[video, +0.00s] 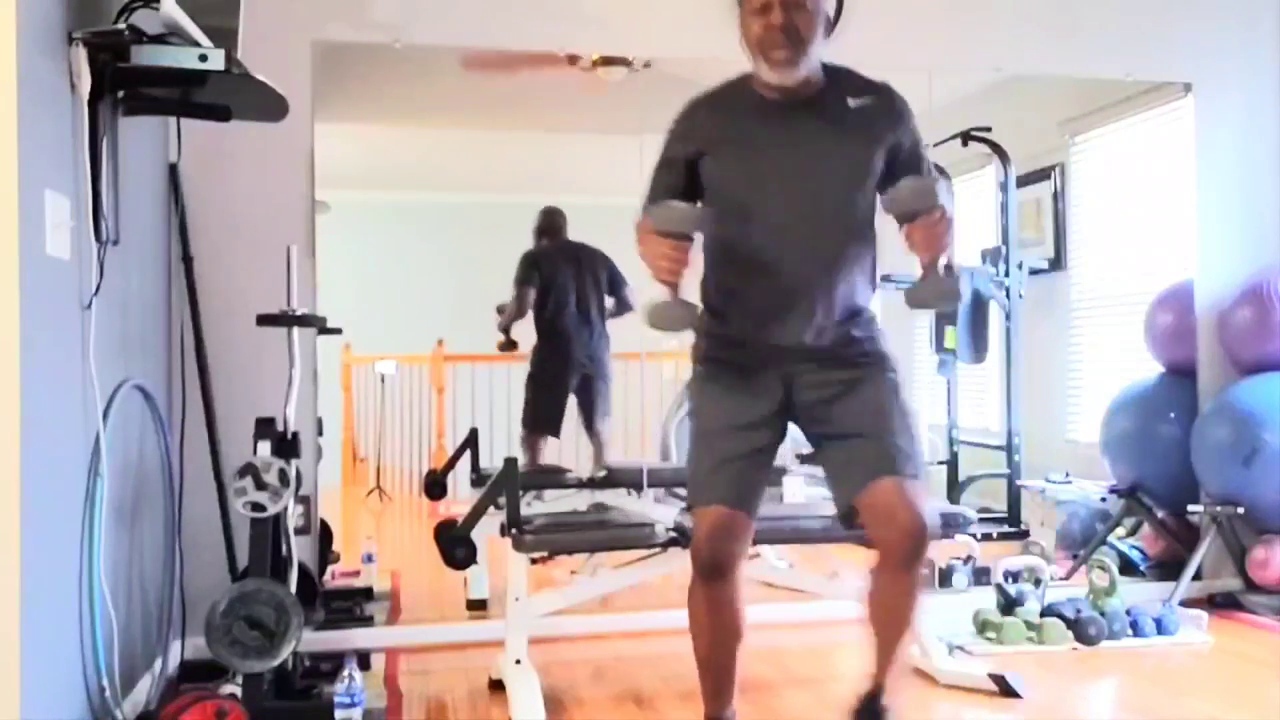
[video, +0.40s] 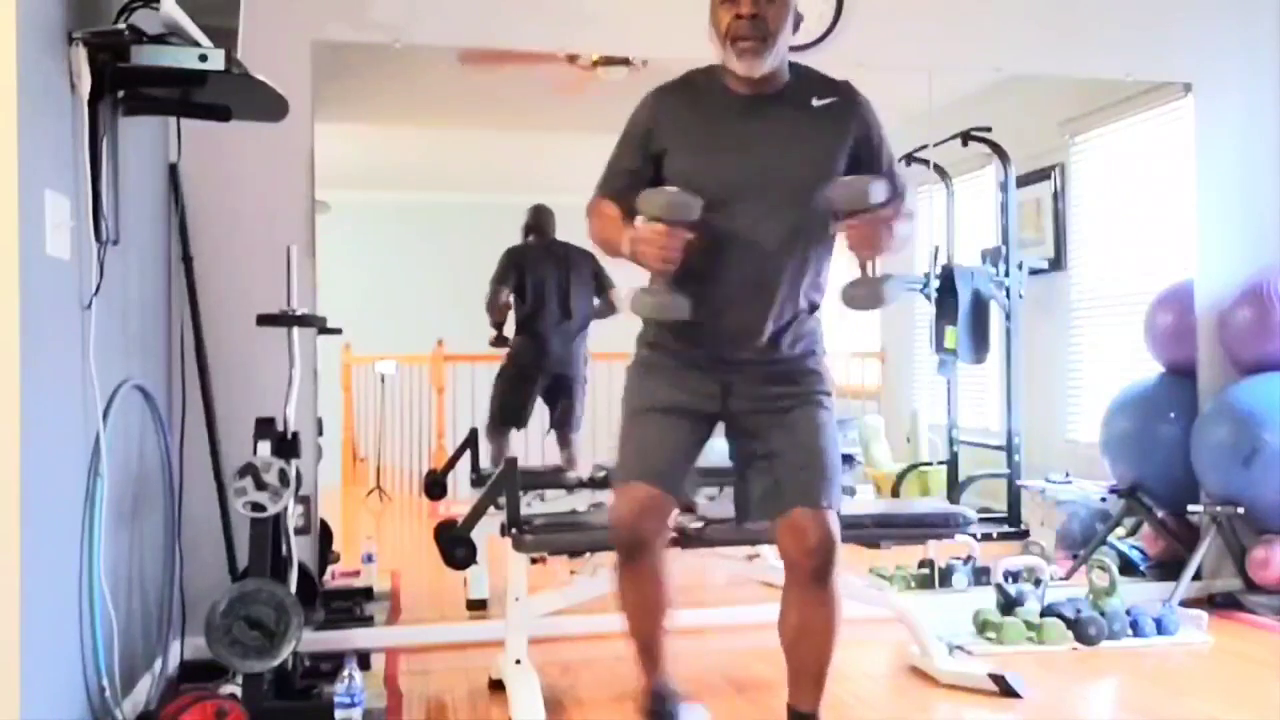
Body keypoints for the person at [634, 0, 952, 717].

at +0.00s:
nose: (777, 22)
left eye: (795, 6)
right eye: (760, 7)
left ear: (828, 14)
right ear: (740, 18)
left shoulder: (878, 111)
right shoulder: (704, 119)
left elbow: (920, 209)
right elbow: (657, 223)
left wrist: (931, 231)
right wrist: (659, 250)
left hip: (846, 356)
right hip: (735, 360)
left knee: (906, 529)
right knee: (713, 546)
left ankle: (878, 696)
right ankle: (718, 714)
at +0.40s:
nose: (745, 18)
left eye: (762, 3)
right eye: (730, 4)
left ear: (791, 14)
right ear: (712, 15)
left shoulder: (842, 110)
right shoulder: (667, 107)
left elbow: (891, 212)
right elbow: (603, 212)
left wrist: (875, 232)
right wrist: (632, 240)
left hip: (787, 364)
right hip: (676, 358)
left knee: (812, 544)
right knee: (632, 522)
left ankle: (803, 715)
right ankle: (656, 692)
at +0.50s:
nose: (732, 41)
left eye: (749, 26)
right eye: (717, 29)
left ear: (776, 39)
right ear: (698, 44)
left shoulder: (822, 137)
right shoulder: (654, 141)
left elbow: (879, 254)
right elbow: (596, 263)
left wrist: (847, 254)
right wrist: (655, 268)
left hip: (777, 382)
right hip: (666, 375)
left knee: (829, 553)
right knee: (596, 537)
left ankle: (806, 714)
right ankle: (569, 703)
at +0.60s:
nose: (711, 95)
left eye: (726, 83)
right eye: (696, 82)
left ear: (751, 98)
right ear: (674, 98)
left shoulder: (796, 186)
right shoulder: (631, 193)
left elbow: (842, 309)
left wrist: (806, 306)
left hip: (765, 418)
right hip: (653, 414)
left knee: (856, 566)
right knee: (562, 567)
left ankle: (810, 716)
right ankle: (522, 713)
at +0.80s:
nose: (649, 136)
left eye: (665, 122)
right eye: (634, 121)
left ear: (691, 135)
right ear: (612, 134)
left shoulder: (740, 218)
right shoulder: (570, 224)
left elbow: (792, 342)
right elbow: (516, 347)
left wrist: (765, 335)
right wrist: (583, 341)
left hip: (719, 437)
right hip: (602, 439)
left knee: (831, 569)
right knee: (521, 591)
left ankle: (805, 715)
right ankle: (514, 717)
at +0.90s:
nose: (625, 85)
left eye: (642, 72)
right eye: (610, 70)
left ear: (669, 85)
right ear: (586, 81)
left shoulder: (716, 174)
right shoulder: (544, 176)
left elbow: (747, 287)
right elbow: (482, 278)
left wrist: (756, 297)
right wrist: (514, 300)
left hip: (686, 400)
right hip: (570, 403)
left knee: (775, 555)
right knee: (517, 575)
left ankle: (789, 713)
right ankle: (511, 717)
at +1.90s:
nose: (701, 84)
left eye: (720, 69)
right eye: (687, 70)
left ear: (750, 84)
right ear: (668, 82)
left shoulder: (799, 174)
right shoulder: (623, 179)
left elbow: (849, 271)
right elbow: (569, 292)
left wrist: (833, 291)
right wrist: (596, 301)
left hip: (769, 412)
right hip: (650, 411)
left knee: (852, 572)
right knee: (571, 567)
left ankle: (844, 719)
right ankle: (531, 714)